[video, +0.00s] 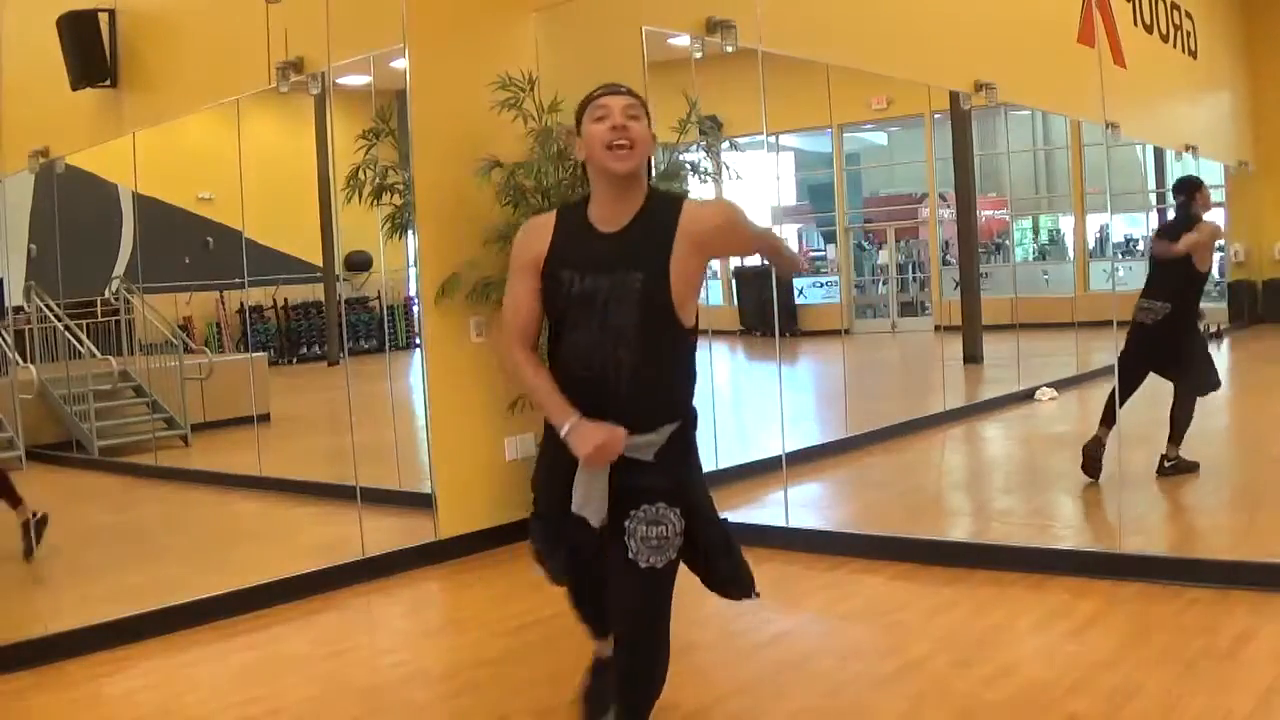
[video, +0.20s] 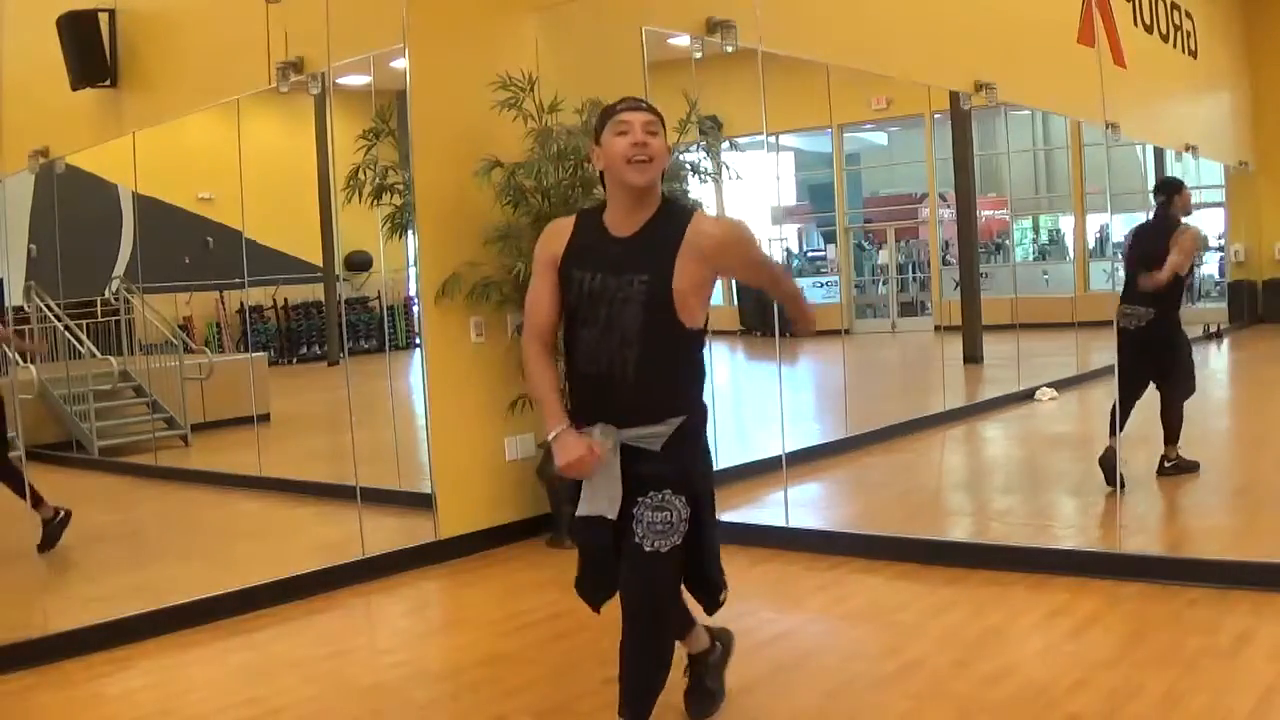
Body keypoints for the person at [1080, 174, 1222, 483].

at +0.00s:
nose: (1210, 198)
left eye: (1207, 192)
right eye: (1206, 193)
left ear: (1180, 200)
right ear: (1196, 198)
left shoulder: (1163, 230)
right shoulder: (1207, 229)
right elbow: (1185, 246)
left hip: (1144, 318)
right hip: (1177, 323)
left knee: (1126, 381)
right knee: (1189, 385)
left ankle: (1099, 439)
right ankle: (1171, 456)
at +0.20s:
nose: (1190, 200)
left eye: (1188, 194)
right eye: (1186, 195)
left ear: (1161, 199)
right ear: (1176, 198)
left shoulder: (1137, 232)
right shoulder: (1186, 233)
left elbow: (1131, 272)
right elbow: (1173, 268)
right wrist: (1161, 275)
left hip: (1128, 319)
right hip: (1161, 322)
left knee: (1129, 387)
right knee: (1173, 387)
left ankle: (1110, 449)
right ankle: (1170, 456)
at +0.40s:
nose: (1165, 210)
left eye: (1164, 204)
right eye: (1162, 205)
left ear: (1135, 209)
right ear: (1151, 206)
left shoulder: (1114, 241)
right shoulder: (1166, 244)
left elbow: (1106, 291)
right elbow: (1183, 297)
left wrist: (1108, 327)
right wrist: (1192, 339)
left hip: (1111, 339)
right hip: (1147, 337)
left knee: (1112, 403)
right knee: (1158, 398)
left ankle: (1108, 474)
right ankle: (1167, 457)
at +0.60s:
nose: (1149, 201)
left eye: (1147, 195)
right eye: (1146, 196)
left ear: (1117, 202)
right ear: (1136, 199)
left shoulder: (1097, 238)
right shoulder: (1156, 235)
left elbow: (1078, 285)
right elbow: (1177, 265)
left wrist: (1073, 330)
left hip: (1101, 334)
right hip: (1136, 334)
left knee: (1105, 401)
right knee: (1143, 396)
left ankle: (1107, 473)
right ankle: (1147, 459)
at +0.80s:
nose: (1136, 199)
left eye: (1133, 194)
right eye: (1133, 194)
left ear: (1108, 201)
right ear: (1125, 198)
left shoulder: (1087, 238)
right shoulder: (1150, 232)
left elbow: (1069, 285)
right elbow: (1156, 261)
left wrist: (1062, 329)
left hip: (1097, 334)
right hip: (1135, 332)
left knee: (1102, 400)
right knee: (1133, 397)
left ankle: (1106, 471)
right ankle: (1131, 459)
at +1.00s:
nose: (1126, 201)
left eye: (1119, 197)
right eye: (1123, 197)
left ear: (1096, 205)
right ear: (1121, 200)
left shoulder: (1084, 239)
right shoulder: (1146, 236)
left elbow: (1076, 291)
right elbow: (1157, 286)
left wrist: (1076, 336)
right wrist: (1155, 328)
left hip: (1099, 333)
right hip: (1137, 332)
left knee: (1102, 400)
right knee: (1137, 396)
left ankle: (1107, 470)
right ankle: (1134, 459)